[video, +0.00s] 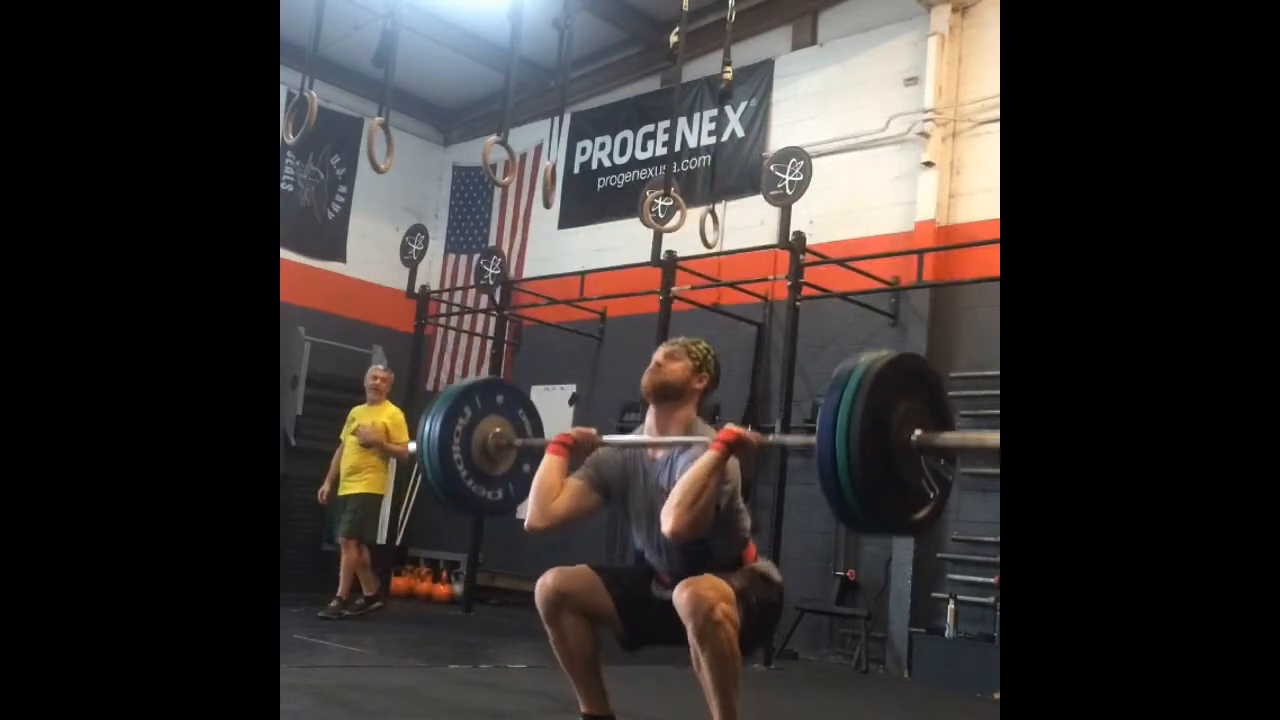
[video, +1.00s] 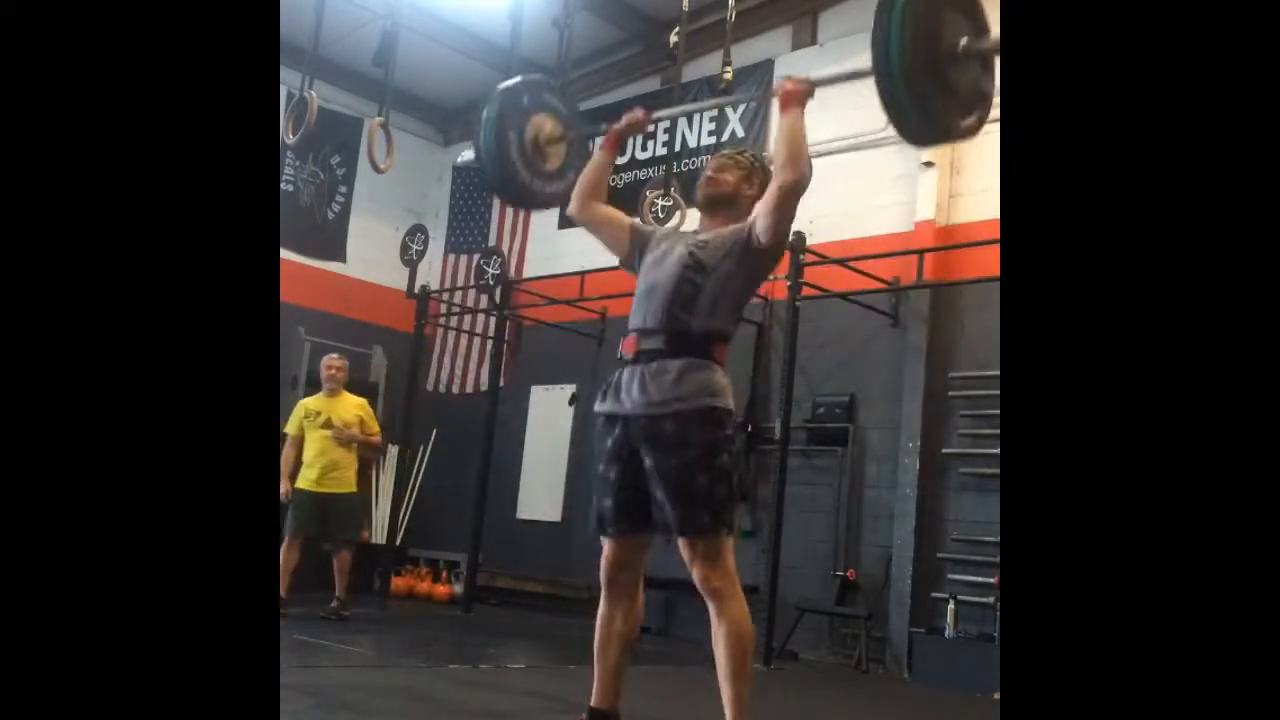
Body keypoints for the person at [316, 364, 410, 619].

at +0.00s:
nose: (377, 383)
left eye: (382, 380)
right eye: (373, 378)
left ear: (389, 385)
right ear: (365, 382)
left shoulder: (394, 415)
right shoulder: (355, 412)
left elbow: (404, 452)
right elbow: (342, 448)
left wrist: (378, 441)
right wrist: (329, 480)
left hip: (370, 486)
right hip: (347, 485)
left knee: (348, 539)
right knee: (354, 543)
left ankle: (341, 597)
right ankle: (372, 593)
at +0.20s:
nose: (377, 381)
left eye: (382, 378)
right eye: (373, 376)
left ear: (389, 382)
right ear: (364, 379)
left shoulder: (392, 413)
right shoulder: (353, 409)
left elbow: (402, 451)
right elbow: (339, 446)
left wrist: (374, 438)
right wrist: (326, 480)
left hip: (366, 484)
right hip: (339, 482)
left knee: (350, 541)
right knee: (324, 539)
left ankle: (342, 598)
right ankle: (357, 577)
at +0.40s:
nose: (374, 380)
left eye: (379, 376)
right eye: (370, 374)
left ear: (385, 381)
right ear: (360, 377)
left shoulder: (390, 412)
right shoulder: (348, 408)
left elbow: (402, 450)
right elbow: (334, 446)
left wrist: (372, 438)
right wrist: (321, 478)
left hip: (364, 487)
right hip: (334, 483)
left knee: (355, 542)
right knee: (314, 536)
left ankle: (342, 600)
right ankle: (313, 593)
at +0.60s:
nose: (365, 378)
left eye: (371, 375)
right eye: (361, 373)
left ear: (379, 380)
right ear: (352, 377)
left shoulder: (386, 412)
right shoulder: (337, 408)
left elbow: (401, 451)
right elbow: (322, 444)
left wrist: (370, 439)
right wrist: (311, 479)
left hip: (363, 489)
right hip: (329, 485)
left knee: (355, 545)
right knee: (308, 540)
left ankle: (342, 600)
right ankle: (283, 593)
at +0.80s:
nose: (351, 377)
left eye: (357, 373)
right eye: (347, 372)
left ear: (364, 379)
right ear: (338, 375)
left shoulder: (376, 410)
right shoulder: (323, 407)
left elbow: (393, 446)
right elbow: (308, 446)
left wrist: (369, 440)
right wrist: (299, 481)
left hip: (357, 491)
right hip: (321, 488)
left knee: (352, 546)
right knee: (302, 540)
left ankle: (342, 599)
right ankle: (283, 595)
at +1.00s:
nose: (333, 373)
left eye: (339, 369)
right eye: (328, 368)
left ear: (347, 375)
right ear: (320, 372)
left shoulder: (360, 406)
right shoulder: (306, 405)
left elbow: (378, 443)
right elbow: (292, 444)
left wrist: (355, 438)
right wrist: (285, 479)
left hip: (344, 490)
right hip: (307, 486)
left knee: (343, 545)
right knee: (293, 539)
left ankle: (339, 599)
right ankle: (282, 593)